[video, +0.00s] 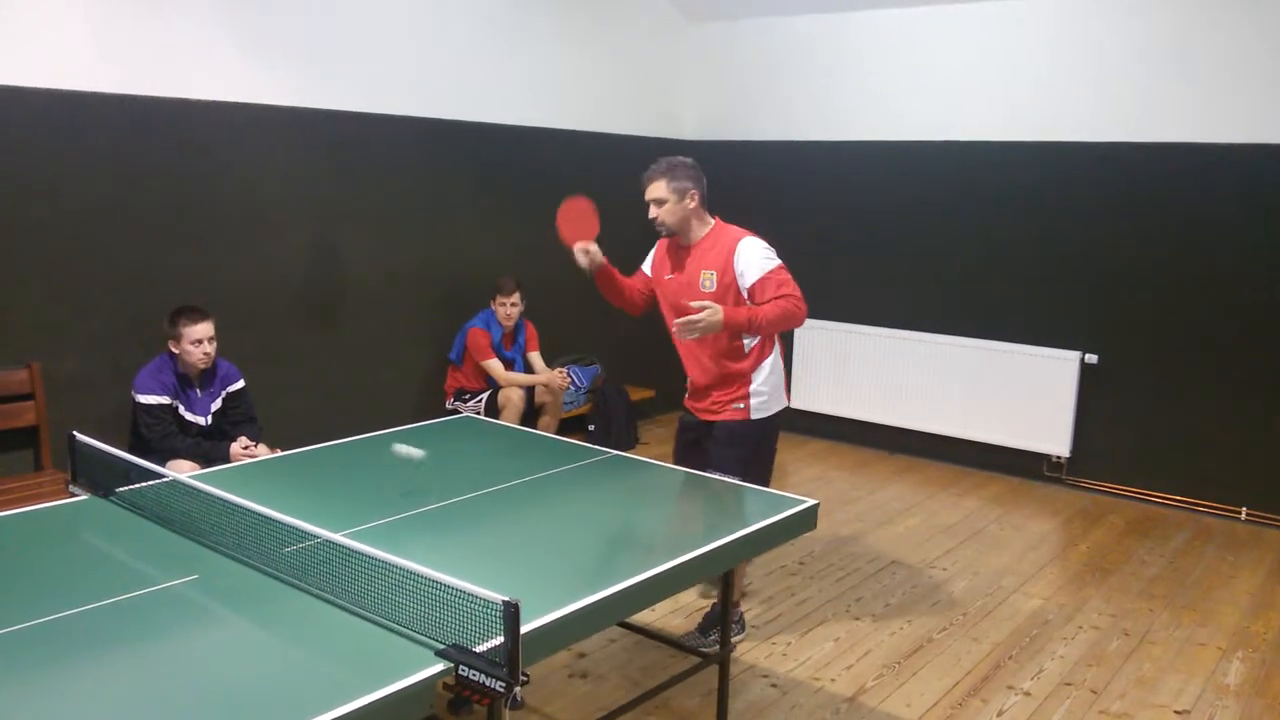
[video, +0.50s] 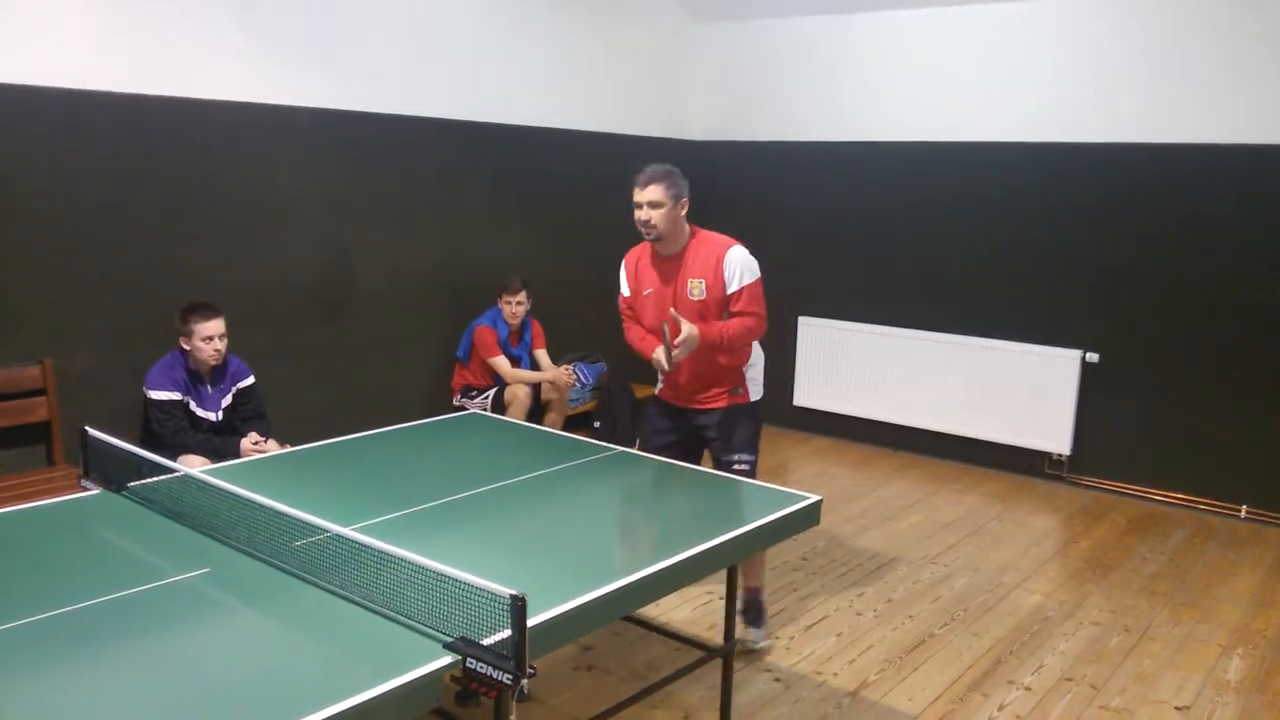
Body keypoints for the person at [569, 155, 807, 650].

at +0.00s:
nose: (651, 214)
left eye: (658, 203)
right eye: (649, 204)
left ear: (692, 199)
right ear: (677, 203)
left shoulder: (743, 248)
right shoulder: (663, 253)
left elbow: (793, 307)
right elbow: (634, 299)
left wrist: (728, 318)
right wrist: (601, 269)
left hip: (748, 408)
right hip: (698, 404)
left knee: (734, 513)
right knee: (692, 505)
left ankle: (731, 610)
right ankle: (725, 596)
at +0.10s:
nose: (652, 206)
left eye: (661, 196)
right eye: (648, 196)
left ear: (694, 194)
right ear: (651, 198)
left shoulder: (742, 248)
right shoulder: (655, 248)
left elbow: (787, 312)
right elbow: (627, 297)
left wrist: (727, 320)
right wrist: (597, 271)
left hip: (740, 404)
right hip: (687, 398)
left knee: (728, 508)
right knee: (676, 497)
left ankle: (729, 610)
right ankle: (726, 595)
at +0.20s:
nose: (655, 202)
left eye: (665, 193)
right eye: (651, 193)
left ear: (697, 194)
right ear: (649, 196)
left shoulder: (743, 249)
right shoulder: (652, 245)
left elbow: (776, 317)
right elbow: (631, 308)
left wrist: (717, 324)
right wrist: (609, 297)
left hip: (735, 401)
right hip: (681, 394)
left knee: (729, 504)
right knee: (668, 492)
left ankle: (731, 607)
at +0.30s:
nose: (649, 204)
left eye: (660, 195)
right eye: (645, 194)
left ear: (692, 196)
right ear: (644, 197)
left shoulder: (735, 252)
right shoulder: (642, 251)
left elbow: (761, 322)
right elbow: (635, 321)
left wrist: (704, 327)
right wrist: (630, 331)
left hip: (725, 403)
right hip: (672, 396)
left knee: (726, 504)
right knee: (648, 491)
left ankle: (728, 606)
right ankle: (624, 585)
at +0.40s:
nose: (643, 210)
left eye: (654, 201)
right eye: (639, 200)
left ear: (685, 202)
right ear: (637, 202)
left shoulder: (730, 253)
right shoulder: (635, 259)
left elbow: (752, 323)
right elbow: (633, 319)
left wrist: (702, 331)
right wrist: (647, 345)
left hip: (724, 401)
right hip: (667, 398)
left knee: (728, 502)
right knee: (641, 490)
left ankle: (732, 605)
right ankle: (627, 583)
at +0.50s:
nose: (642, 216)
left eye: (652, 206)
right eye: (637, 206)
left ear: (682, 207)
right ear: (634, 209)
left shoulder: (729, 256)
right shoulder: (634, 263)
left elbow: (753, 324)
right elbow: (631, 324)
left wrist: (703, 335)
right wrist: (654, 351)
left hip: (730, 401)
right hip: (671, 400)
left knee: (741, 499)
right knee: (641, 490)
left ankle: (752, 604)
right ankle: (630, 580)